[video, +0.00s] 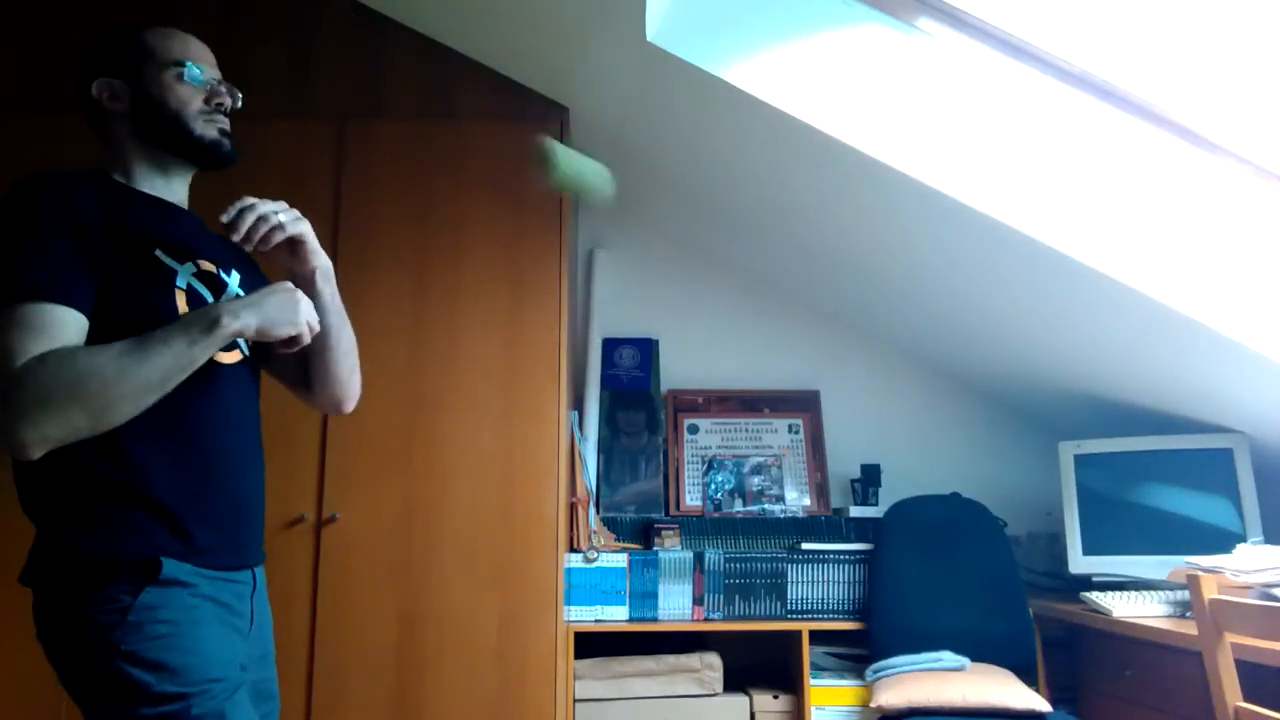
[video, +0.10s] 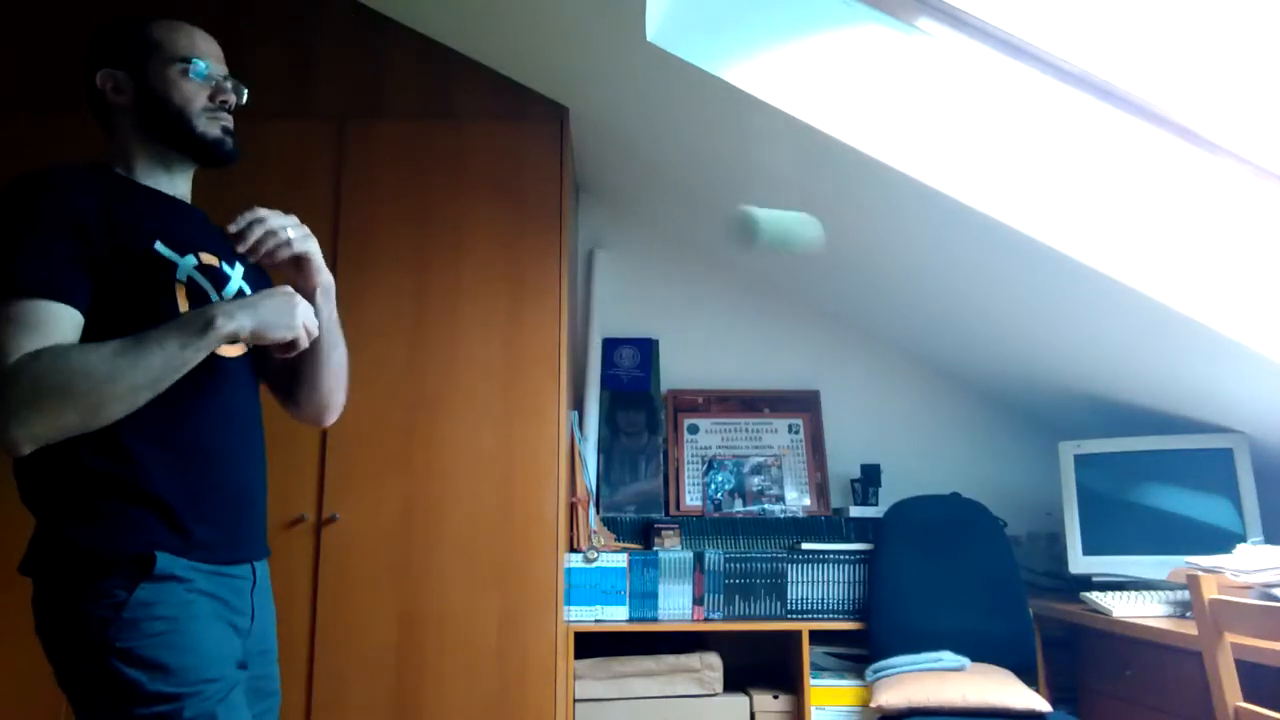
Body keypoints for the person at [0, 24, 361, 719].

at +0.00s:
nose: (223, 92)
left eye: (222, 83)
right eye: (188, 72)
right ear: (114, 96)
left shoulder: (220, 248)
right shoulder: (63, 210)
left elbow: (336, 392)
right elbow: (30, 415)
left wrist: (314, 267)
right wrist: (229, 318)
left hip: (240, 585)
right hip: (144, 589)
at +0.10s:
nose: (228, 91)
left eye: (228, 79)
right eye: (195, 69)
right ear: (119, 87)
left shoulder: (222, 242)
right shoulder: (63, 206)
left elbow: (318, 403)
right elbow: (23, 410)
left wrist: (313, 278)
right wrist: (220, 319)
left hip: (245, 579)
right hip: (141, 584)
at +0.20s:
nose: (230, 86)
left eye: (231, 73)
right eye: (200, 66)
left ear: (235, 91)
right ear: (123, 81)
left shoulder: (238, 241)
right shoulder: (59, 204)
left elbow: (298, 422)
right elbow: (13, 403)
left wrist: (322, 315)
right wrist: (205, 311)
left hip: (251, 577)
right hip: (135, 581)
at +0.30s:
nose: (234, 90)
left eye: (237, 77)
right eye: (204, 71)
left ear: (241, 94)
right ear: (127, 87)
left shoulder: (248, 248)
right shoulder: (61, 209)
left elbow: (319, 426)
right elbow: (11, 400)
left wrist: (336, 330)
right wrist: (195, 322)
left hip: (250, 586)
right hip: (126, 588)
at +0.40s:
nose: (241, 90)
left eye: (245, 77)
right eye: (210, 70)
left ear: (250, 95)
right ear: (135, 86)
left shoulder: (254, 246)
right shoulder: (63, 209)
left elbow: (339, 417)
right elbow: (11, 399)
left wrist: (345, 308)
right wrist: (189, 327)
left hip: (250, 587)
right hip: (127, 589)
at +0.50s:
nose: (255, 88)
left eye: (257, 75)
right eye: (226, 68)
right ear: (147, 83)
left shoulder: (259, 239)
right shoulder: (71, 206)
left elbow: (345, 408)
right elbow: (12, 402)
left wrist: (341, 282)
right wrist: (196, 314)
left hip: (252, 592)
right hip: (134, 594)